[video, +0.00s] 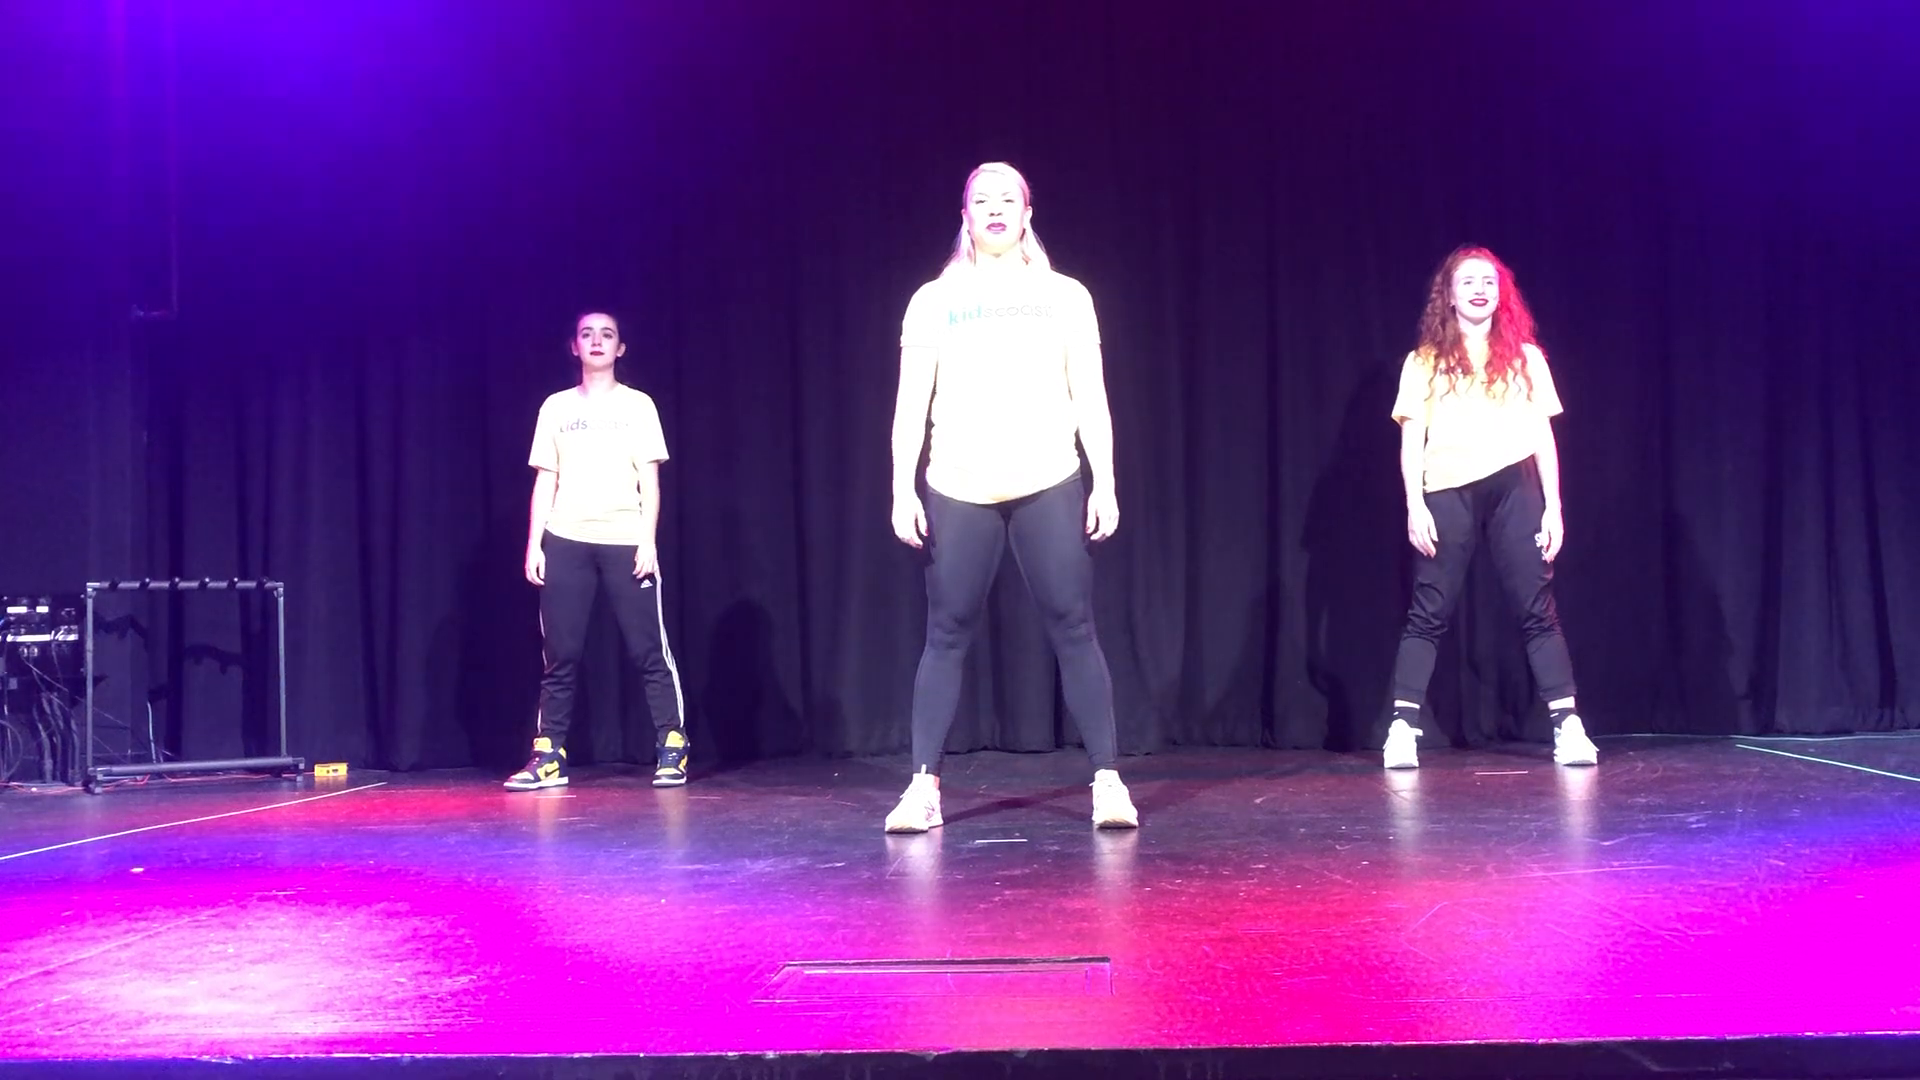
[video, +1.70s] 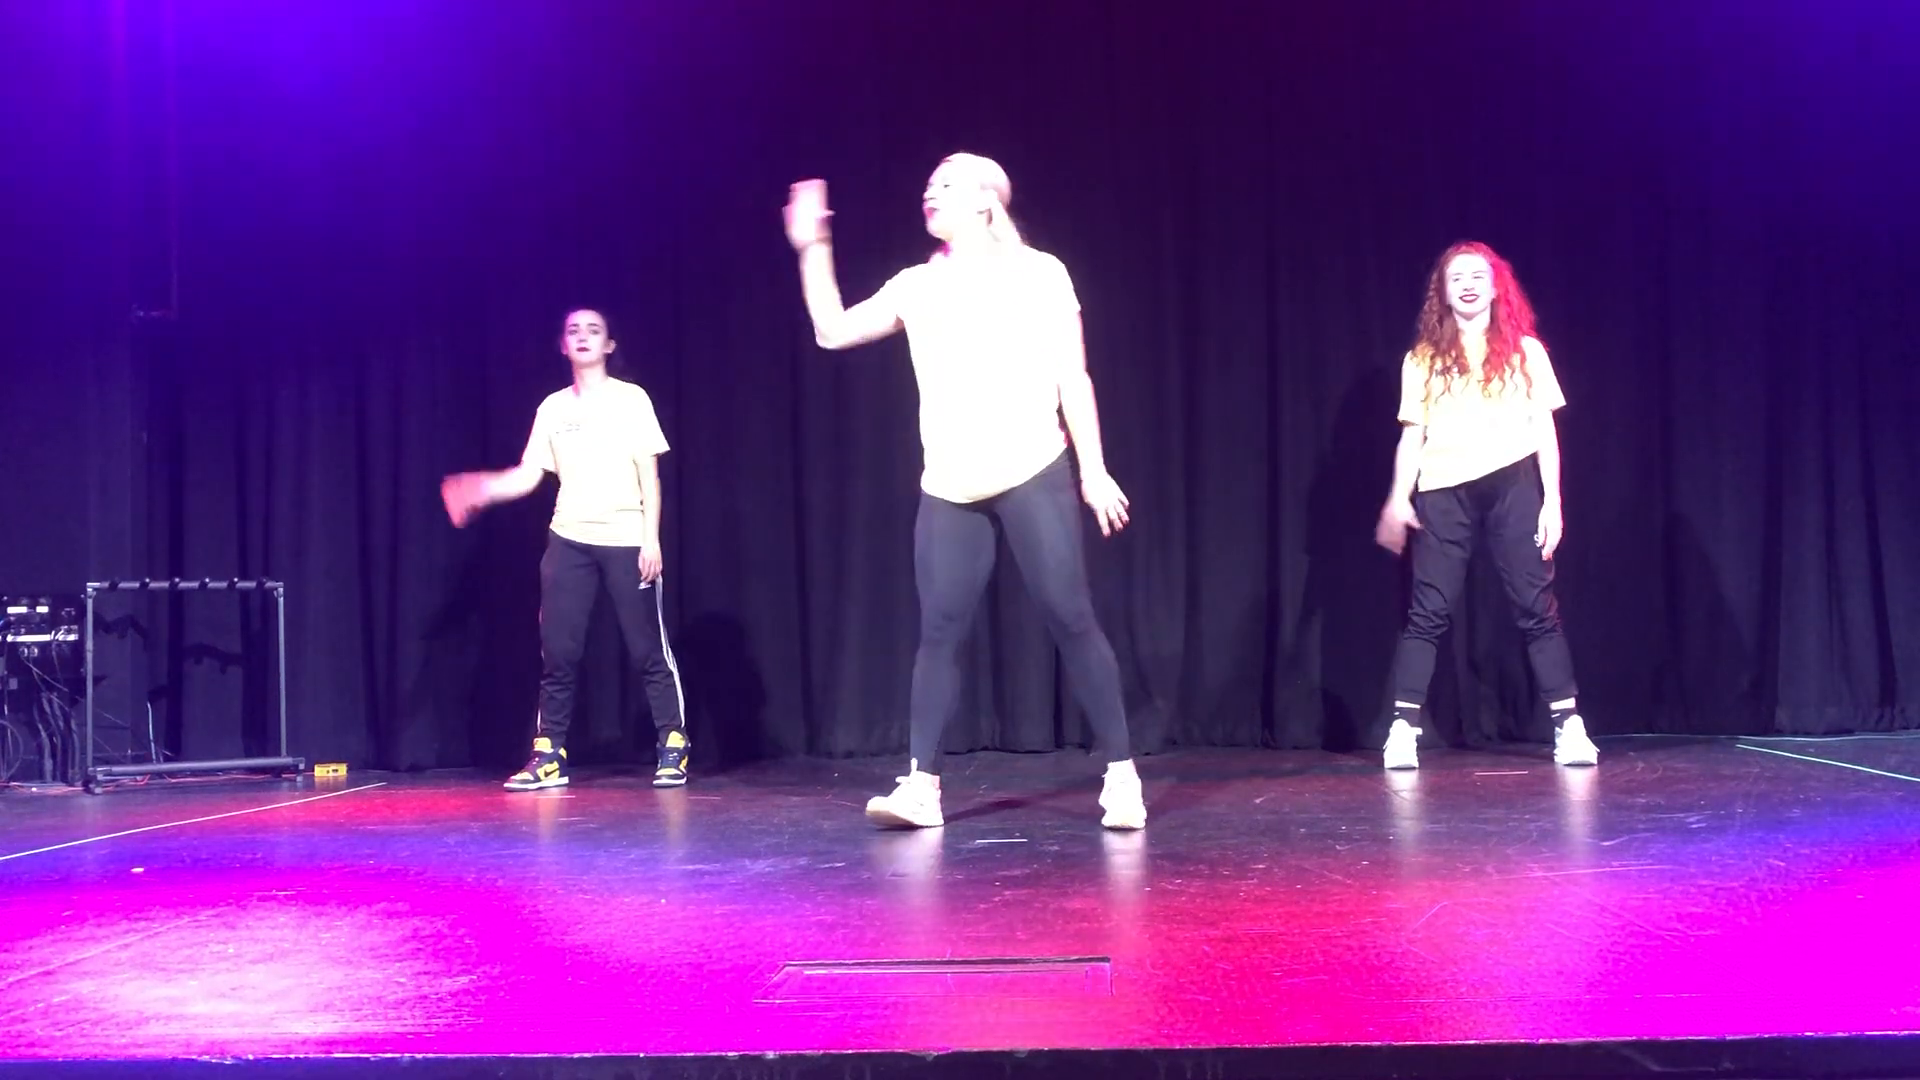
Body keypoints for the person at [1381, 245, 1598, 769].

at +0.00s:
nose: (1478, 290)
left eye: (1487, 282)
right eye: (1468, 281)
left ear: (1501, 293)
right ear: (1448, 291)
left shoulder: (1525, 356)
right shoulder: (1425, 360)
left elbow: (1543, 435)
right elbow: (1412, 439)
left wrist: (1553, 506)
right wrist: (1415, 505)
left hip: (1515, 488)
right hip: (1446, 492)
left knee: (1536, 606)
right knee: (1430, 608)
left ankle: (1567, 724)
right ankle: (1404, 726)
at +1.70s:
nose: (1468, 285)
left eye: (1478, 276)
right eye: (1458, 277)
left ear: (1497, 286)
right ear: (1442, 289)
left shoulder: (1526, 350)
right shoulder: (1423, 357)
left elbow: (1545, 430)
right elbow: (1412, 435)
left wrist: (1552, 500)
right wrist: (1399, 498)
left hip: (1514, 488)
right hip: (1442, 492)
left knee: (1535, 606)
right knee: (1429, 609)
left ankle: (1567, 724)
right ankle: (1405, 728)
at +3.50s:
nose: (1615, 322)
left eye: (1616, 314)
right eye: (1603, 314)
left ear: (1613, 322)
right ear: (1570, 318)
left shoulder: (1586, 371)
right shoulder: (1537, 360)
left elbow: (1618, 433)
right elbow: (1577, 416)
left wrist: (1621, 372)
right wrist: (1604, 359)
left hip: (1526, 513)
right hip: (1470, 508)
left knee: (1556, 612)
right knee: (1445, 622)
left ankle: (1571, 730)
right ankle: (1370, 724)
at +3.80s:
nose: (1605, 368)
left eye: (1608, 358)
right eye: (1593, 358)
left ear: (1614, 363)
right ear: (1564, 366)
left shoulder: (1591, 417)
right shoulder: (1522, 406)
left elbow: (1629, 477)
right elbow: (1544, 468)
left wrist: (1622, 417)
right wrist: (1589, 406)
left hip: (1508, 525)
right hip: (1445, 517)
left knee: (1548, 616)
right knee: (1432, 622)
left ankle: (1571, 731)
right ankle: (1387, 731)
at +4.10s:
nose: (1524, 398)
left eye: (1533, 387)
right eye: (1512, 388)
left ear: (1549, 391)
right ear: (1491, 395)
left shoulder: (1551, 439)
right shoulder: (1461, 430)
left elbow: (1596, 496)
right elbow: (1451, 502)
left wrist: (1562, 439)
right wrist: (1500, 441)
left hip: (1502, 527)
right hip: (1433, 523)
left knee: (1534, 619)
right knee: (1417, 618)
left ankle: (1571, 728)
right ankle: (1386, 731)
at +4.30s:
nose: (1454, 404)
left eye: (1464, 392)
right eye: (1441, 394)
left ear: (1485, 393)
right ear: (1424, 400)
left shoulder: (1510, 425)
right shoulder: (1410, 438)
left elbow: (1547, 495)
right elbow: (1387, 513)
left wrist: (1492, 445)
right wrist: (1429, 452)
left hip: (1504, 525)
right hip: (1431, 527)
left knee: (1531, 612)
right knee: (1417, 615)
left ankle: (1570, 726)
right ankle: (1386, 730)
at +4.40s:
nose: (1423, 400)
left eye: (1432, 387)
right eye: (1412, 390)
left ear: (1452, 388)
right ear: (1398, 398)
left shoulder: (1487, 420)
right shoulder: (1388, 436)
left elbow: (1519, 488)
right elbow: (1365, 511)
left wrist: (1455, 436)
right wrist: (1398, 448)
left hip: (1502, 520)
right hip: (1434, 527)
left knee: (1530, 613)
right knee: (1414, 620)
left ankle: (1570, 725)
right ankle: (1386, 731)